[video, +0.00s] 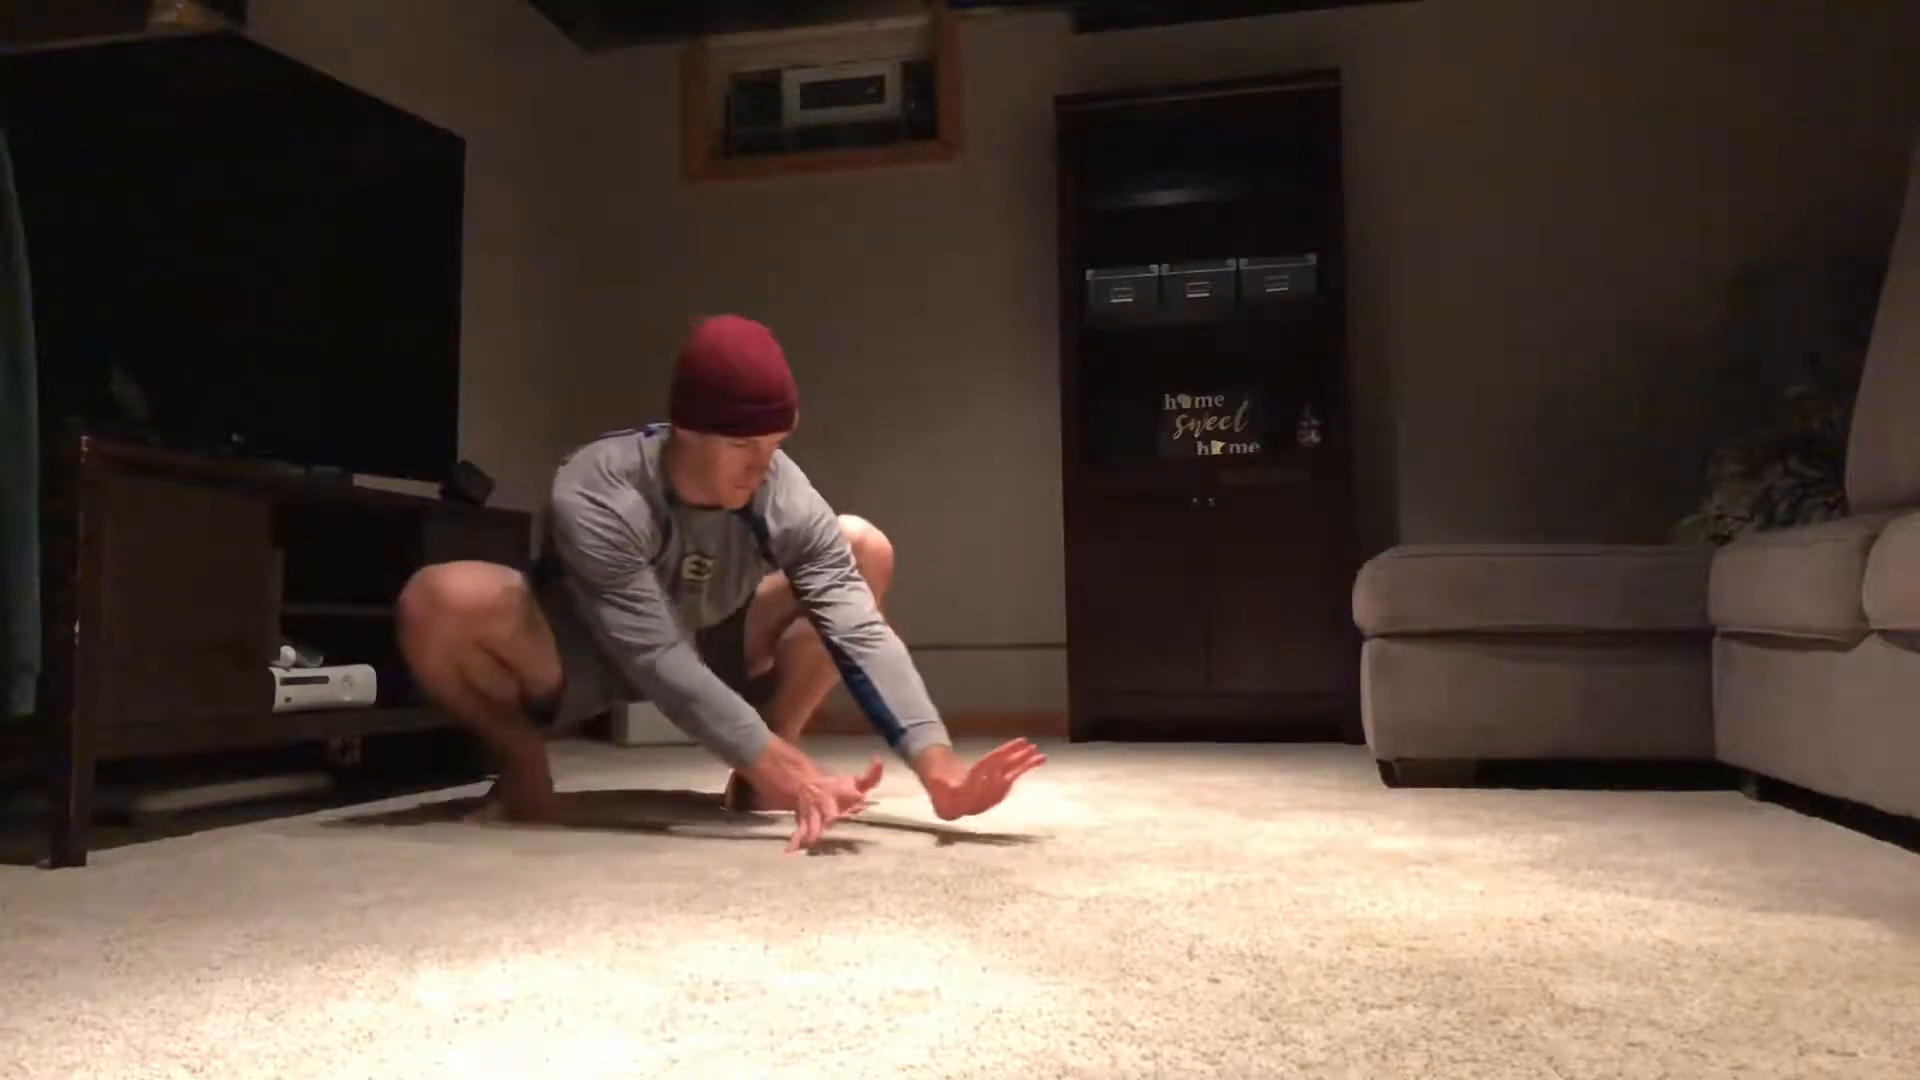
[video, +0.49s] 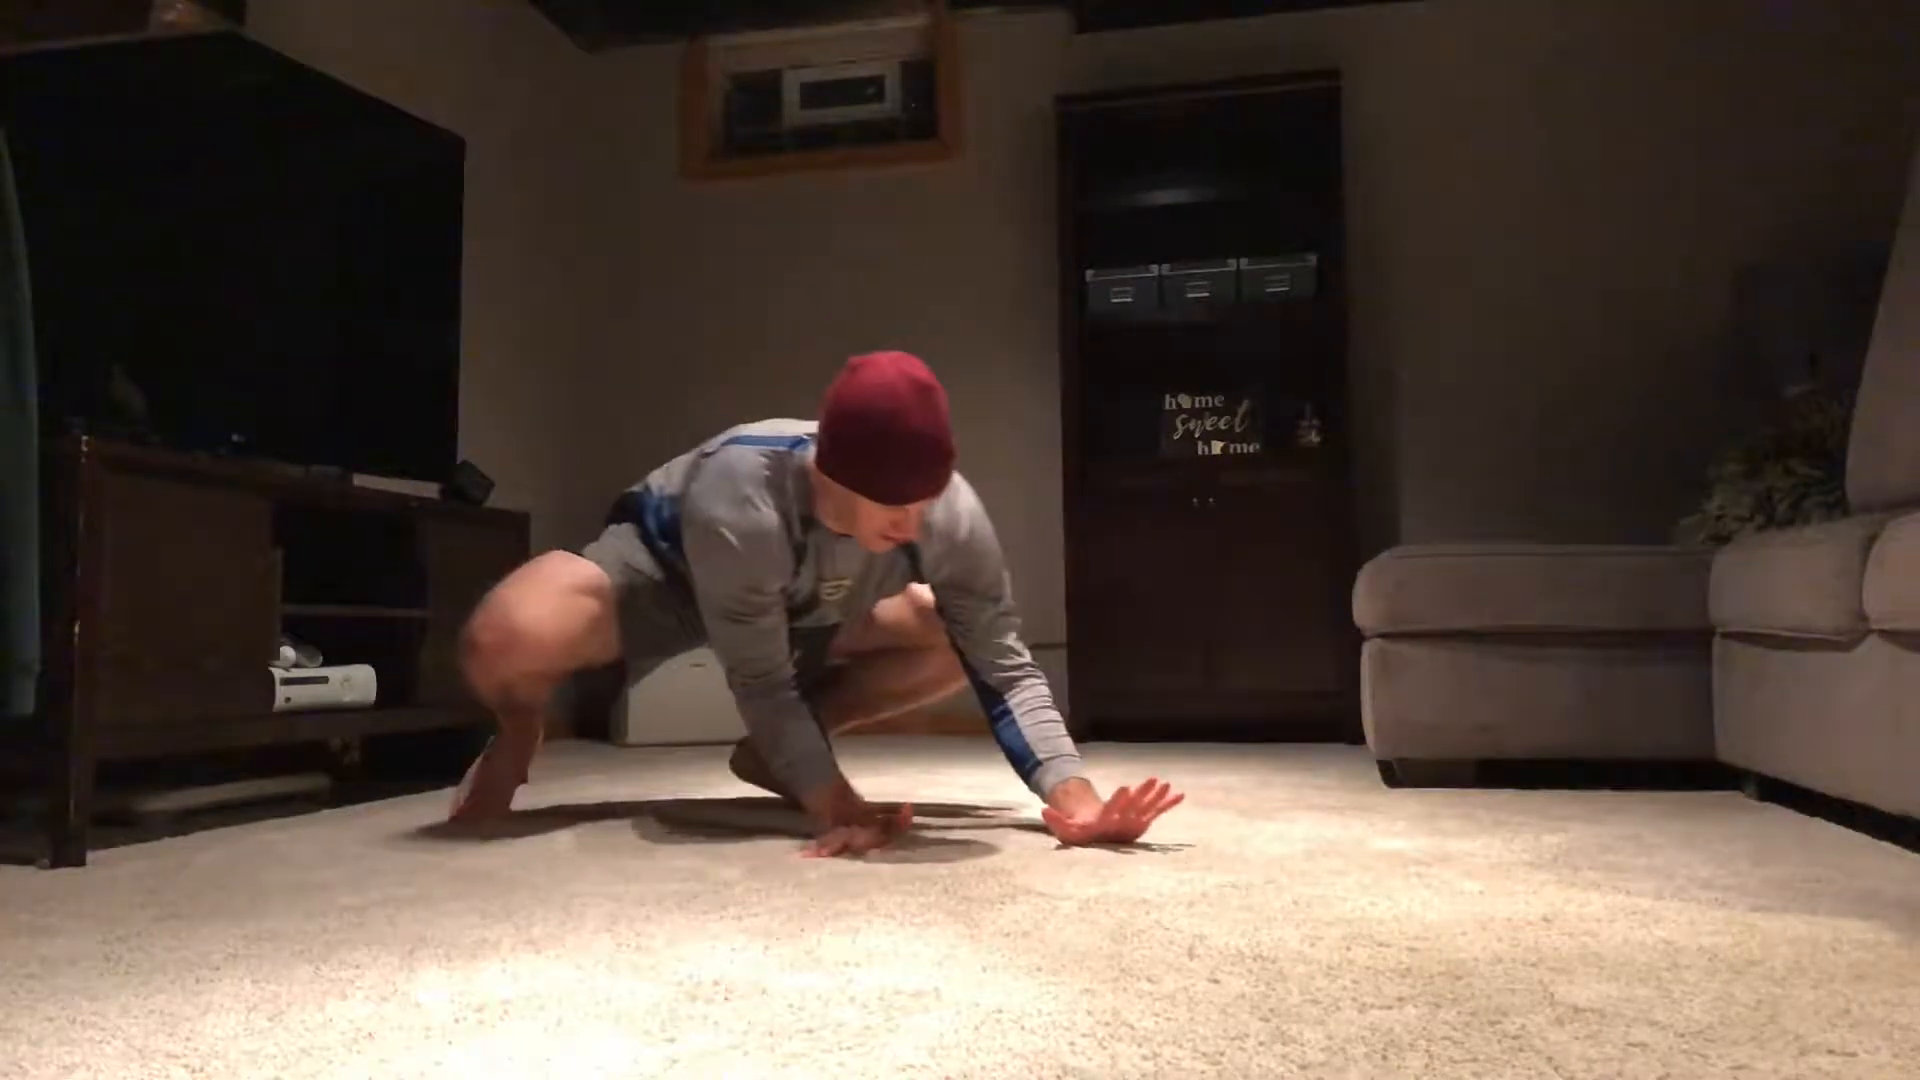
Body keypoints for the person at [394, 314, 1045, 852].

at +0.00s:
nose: (764, 462)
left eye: (774, 443)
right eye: (746, 444)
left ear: (781, 436)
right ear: (690, 431)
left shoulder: (781, 492)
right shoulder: (596, 496)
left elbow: (858, 627)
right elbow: (660, 660)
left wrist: (940, 770)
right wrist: (783, 766)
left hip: (705, 645)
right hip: (585, 645)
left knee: (863, 547)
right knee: (437, 604)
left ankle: (757, 780)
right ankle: (524, 773)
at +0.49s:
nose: (908, 527)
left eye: (921, 506)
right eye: (888, 507)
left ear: (938, 477)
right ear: (831, 472)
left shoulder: (950, 516)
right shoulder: (736, 503)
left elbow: (1004, 664)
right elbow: (761, 681)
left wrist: (1076, 802)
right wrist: (841, 811)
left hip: (807, 603)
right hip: (668, 572)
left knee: (955, 641)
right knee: (507, 635)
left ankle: (783, 748)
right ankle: (516, 740)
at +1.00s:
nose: (1024, 687)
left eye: (1038, 670)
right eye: (1009, 668)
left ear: (1092, 598)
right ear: (958, 601)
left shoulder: (1131, 577)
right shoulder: (868, 574)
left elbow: (1111, 691)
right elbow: (839, 692)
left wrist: (1107, 821)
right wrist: (861, 825)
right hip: (827, 511)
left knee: (1057, 751)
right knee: (666, 703)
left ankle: (897, 699)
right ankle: (584, 703)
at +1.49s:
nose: (1037, 811)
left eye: (1048, 793)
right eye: (1014, 795)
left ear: (1099, 701)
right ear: (966, 699)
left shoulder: (1158, 623)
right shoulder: (869, 642)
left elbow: (1130, 711)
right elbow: (863, 733)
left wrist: (1107, 812)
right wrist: (859, 834)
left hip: (1021, 490)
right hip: (873, 499)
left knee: (1206, 733)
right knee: (681, 743)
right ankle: (642, 701)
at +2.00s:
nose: (991, 842)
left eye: (1013, 828)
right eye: (971, 831)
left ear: (1063, 724)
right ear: (915, 727)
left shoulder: (1134, 648)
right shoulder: (844, 666)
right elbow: (858, 718)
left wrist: (1104, 810)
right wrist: (862, 821)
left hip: (1039, 477)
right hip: (881, 483)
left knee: (1255, 713)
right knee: (680, 752)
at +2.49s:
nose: (969, 858)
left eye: (989, 843)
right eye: (948, 845)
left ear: (1032, 732)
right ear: (899, 730)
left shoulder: (1115, 652)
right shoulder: (822, 669)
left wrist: (1105, 809)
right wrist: (862, 813)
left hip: (1036, 472)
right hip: (876, 484)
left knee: (1270, 702)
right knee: (687, 758)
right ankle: (777, 715)